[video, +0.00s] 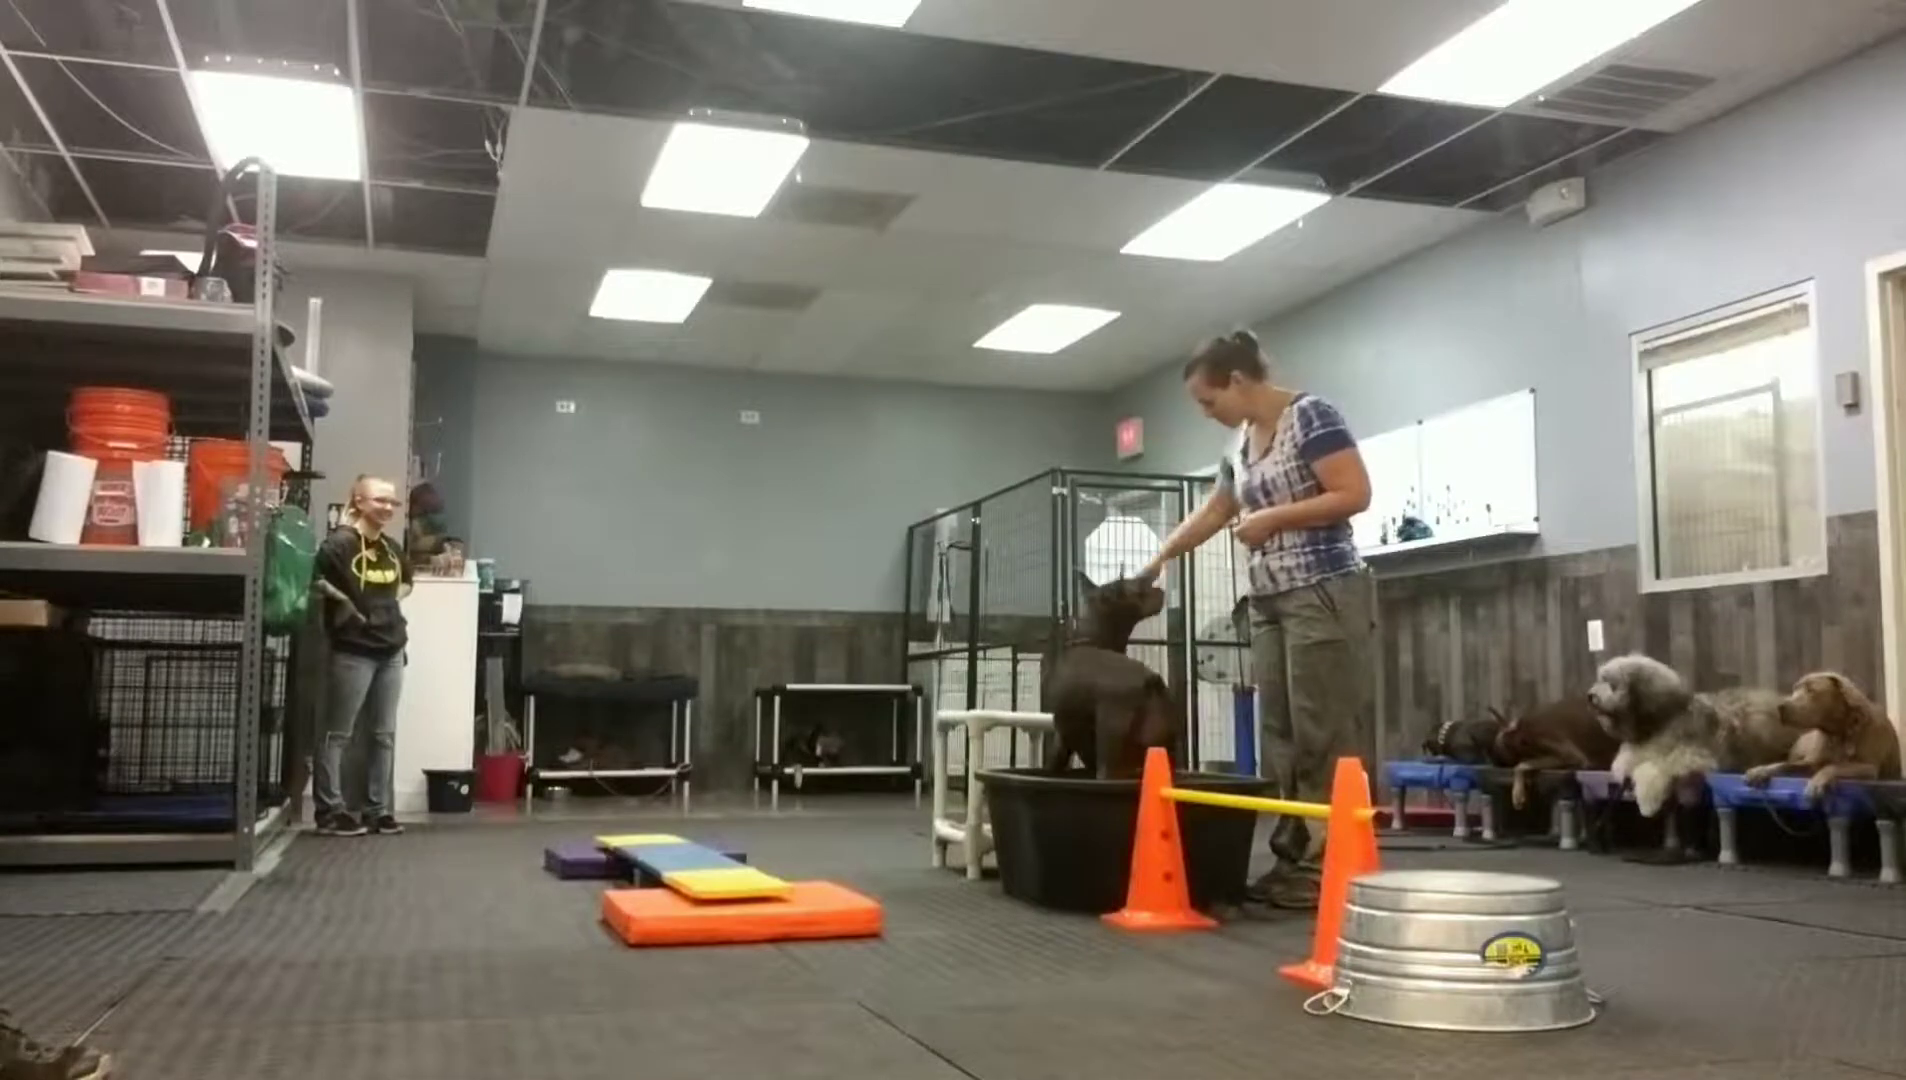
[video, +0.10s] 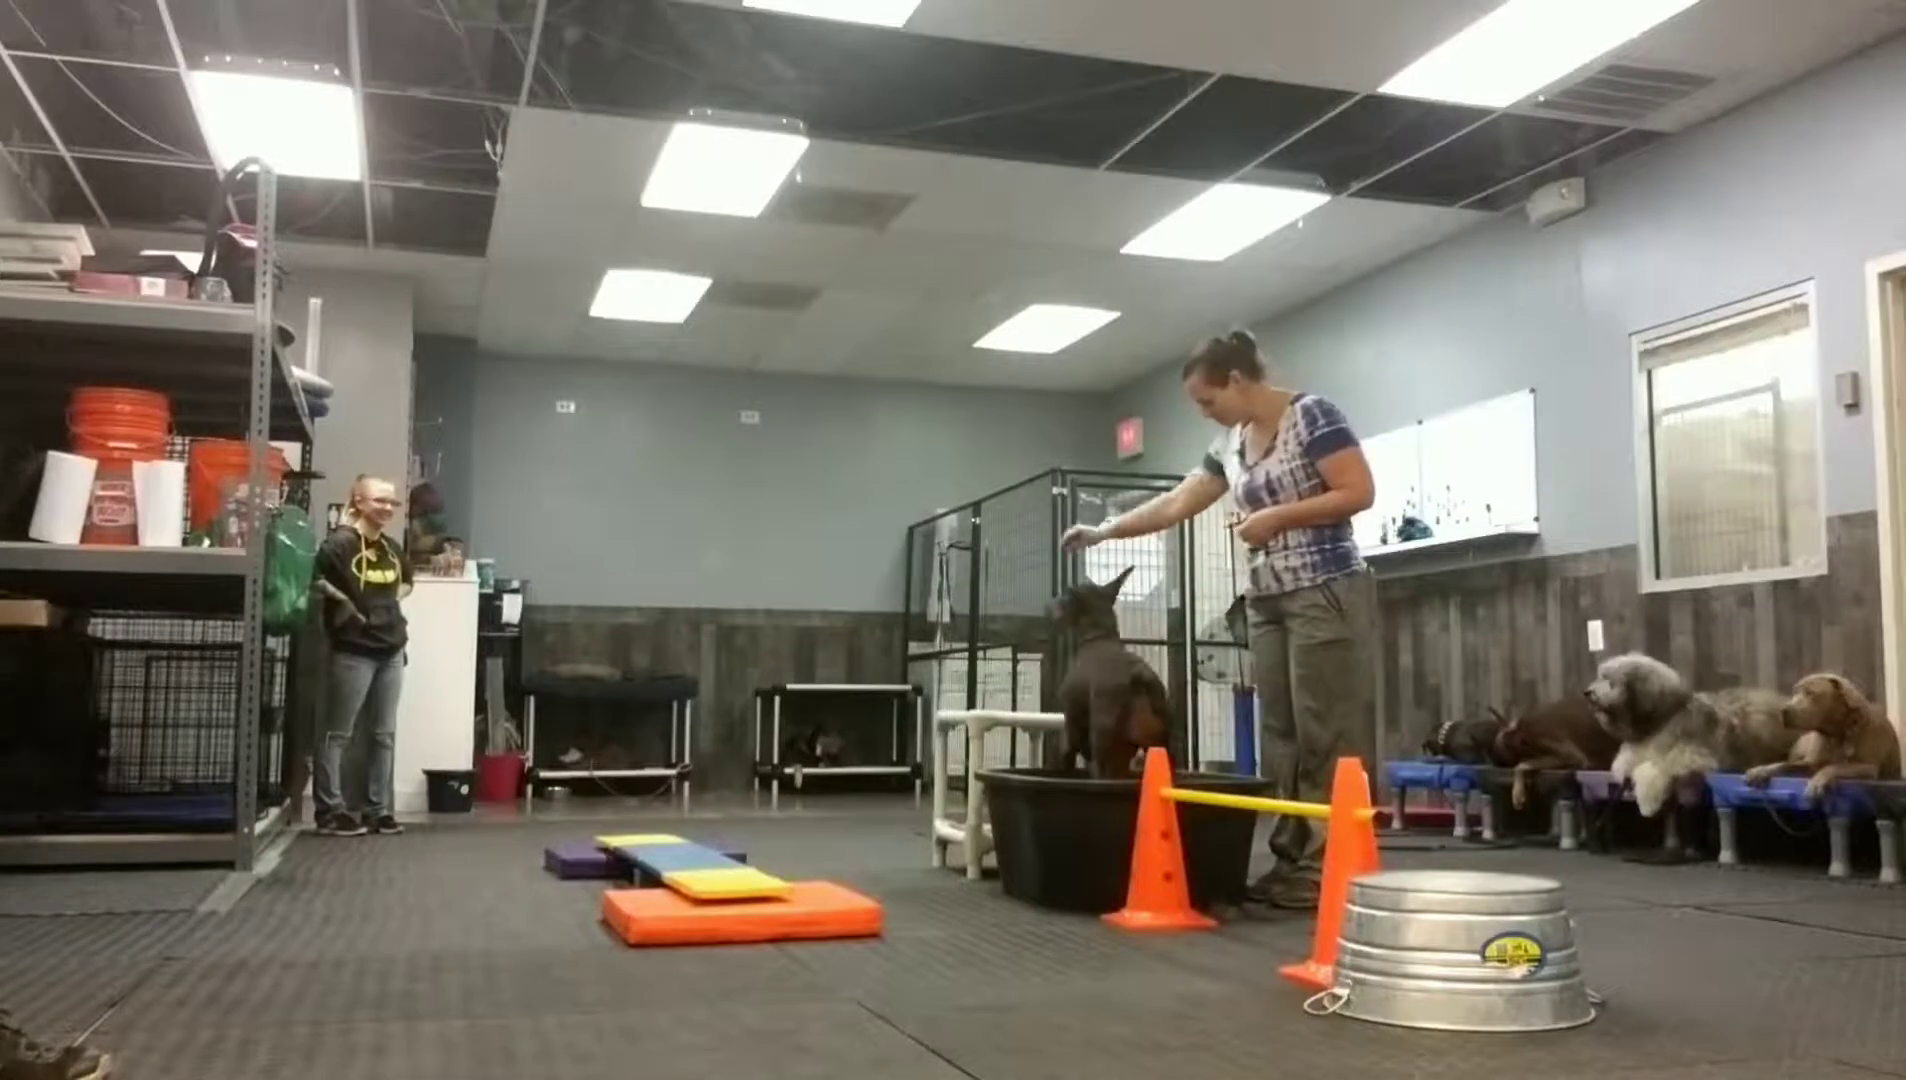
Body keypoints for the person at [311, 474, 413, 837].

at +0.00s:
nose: (388, 508)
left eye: (392, 502)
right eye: (380, 500)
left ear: (394, 507)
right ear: (358, 502)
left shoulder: (389, 546)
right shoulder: (339, 544)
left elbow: (406, 582)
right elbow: (322, 587)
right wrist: (352, 614)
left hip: (391, 650)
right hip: (353, 650)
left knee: (383, 735)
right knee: (338, 734)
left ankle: (377, 811)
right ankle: (330, 811)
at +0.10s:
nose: (388, 508)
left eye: (392, 503)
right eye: (380, 501)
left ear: (394, 507)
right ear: (358, 502)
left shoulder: (389, 546)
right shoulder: (339, 544)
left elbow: (406, 582)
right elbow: (324, 589)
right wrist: (353, 615)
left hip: (391, 650)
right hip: (353, 650)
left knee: (383, 735)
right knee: (338, 734)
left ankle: (377, 811)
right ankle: (330, 811)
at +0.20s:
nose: (388, 508)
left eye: (392, 503)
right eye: (380, 501)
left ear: (394, 507)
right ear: (358, 502)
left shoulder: (390, 547)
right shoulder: (339, 545)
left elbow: (406, 582)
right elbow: (322, 587)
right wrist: (352, 614)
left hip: (391, 650)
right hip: (353, 650)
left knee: (383, 735)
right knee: (338, 734)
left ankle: (377, 811)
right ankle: (330, 811)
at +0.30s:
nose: (387, 508)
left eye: (391, 503)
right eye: (379, 501)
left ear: (393, 507)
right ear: (357, 503)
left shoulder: (390, 546)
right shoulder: (339, 545)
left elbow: (406, 581)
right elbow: (320, 588)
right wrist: (351, 614)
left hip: (392, 650)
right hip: (354, 649)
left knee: (383, 735)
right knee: (339, 734)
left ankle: (377, 811)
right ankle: (330, 810)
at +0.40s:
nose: (385, 509)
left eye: (390, 504)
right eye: (378, 502)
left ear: (393, 508)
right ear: (357, 503)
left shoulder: (389, 547)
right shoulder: (338, 545)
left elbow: (403, 584)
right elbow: (320, 588)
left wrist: (392, 620)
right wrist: (349, 611)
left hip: (392, 650)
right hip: (355, 649)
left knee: (383, 735)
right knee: (339, 735)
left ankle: (377, 811)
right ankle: (330, 811)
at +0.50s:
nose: (389, 509)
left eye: (392, 503)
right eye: (381, 502)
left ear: (392, 507)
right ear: (358, 504)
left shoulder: (389, 547)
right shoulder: (338, 546)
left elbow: (403, 584)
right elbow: (317, 586)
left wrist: (394, 621)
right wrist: (347, 607)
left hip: (393, 649)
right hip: (355, 649)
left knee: (383, 734)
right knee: (338, 735)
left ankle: (377, 811)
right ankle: (330, 811)